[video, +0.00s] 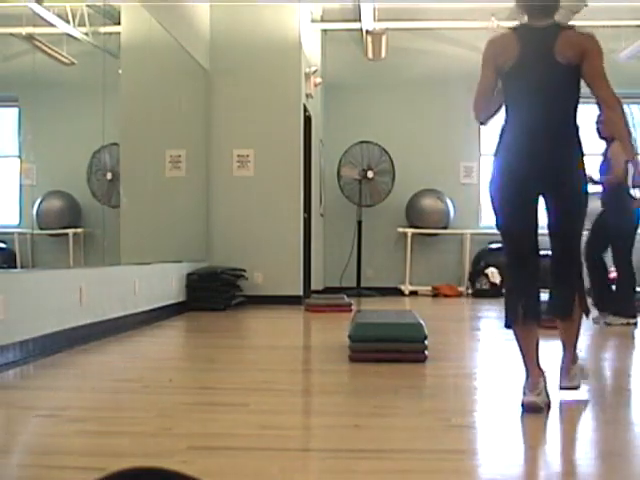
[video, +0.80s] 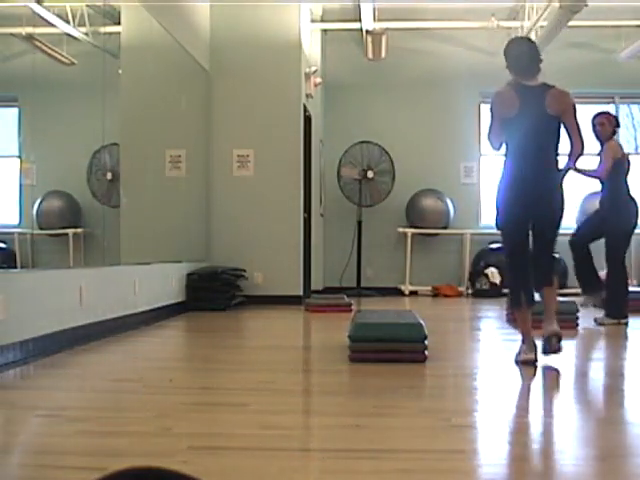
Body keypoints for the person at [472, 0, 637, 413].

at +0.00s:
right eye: (558, 8)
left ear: (520, 9)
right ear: (559, 8)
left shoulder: (499, 45)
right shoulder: (580, 42)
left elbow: (482, 112)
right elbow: (608, 101)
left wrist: (509, 83)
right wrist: (624, 145)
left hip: (512, 166)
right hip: (563, 166)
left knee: (519, 268)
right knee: (567, 259)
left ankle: (533, 378)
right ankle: (569, 362)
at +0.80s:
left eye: (509, 64)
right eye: (535, 58)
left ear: (509, 66)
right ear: (539, 62)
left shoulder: (502, 97)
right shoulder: (559, 97)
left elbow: (494, 141)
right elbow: (578, 146)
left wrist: (508, 121)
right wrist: (565, 171)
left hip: (513, 190)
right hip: (548, 189)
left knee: (516, 263)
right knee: (544, 256)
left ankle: (528, 342)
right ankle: (551, 324)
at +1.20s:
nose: (495, 85)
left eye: (498, 80)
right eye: (495, 80)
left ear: (512, 81)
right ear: (518, 82)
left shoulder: (520, 110)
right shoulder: (521, 111)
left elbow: (538, 149)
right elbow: (528, 154)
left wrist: (508, 174)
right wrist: (506, 176)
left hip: (527, 191)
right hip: (534, 191)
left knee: (495, 254)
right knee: (528, 259)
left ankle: (534, 317)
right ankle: (540, 332)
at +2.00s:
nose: (482, 85)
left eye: (487, 80)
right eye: (483, 80)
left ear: (503, 83)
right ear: (501, 84)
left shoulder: (509, 111)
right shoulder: (506, 112)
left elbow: (520, 156)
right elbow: (499, 160)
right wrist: (466, 183)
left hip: (520, 188)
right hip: (517, 187)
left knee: (509, 256)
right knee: (508, 255)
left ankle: (521, 328)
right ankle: (517, 326)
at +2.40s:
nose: (481, 84)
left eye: (487, 80)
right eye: (481, 80)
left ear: (503, 83)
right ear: (492, 84)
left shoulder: (511, 113)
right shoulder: (498, 115)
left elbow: (512, 164)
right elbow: (502, 166)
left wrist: (490, 198)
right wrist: (486, 199)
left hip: (519, 190)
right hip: (507, 190)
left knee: (511, 258)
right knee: (499, 258)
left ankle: (518, 334)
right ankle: (511, 329)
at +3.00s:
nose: (496, 90)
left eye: (501, 85)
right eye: (495, 85)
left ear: (515, 87)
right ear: (500, 88)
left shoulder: (518, 115)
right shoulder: (505, 125)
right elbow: (482, 163)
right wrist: (448, 178)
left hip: (535, 195)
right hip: (530, 195)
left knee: (508, 253)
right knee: (516, 256)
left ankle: (528, 321)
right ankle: (517, 330)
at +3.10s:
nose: (504, 93)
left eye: (508, 87)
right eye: (502, 88)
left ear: (522, 87)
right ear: (509, 89)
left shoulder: (529, 114)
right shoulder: (512, 124)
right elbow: (495, 166)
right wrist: (461, 187)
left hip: (540, 196)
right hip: (532, 197)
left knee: (519, 260)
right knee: (522, 260)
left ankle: (515, 333)